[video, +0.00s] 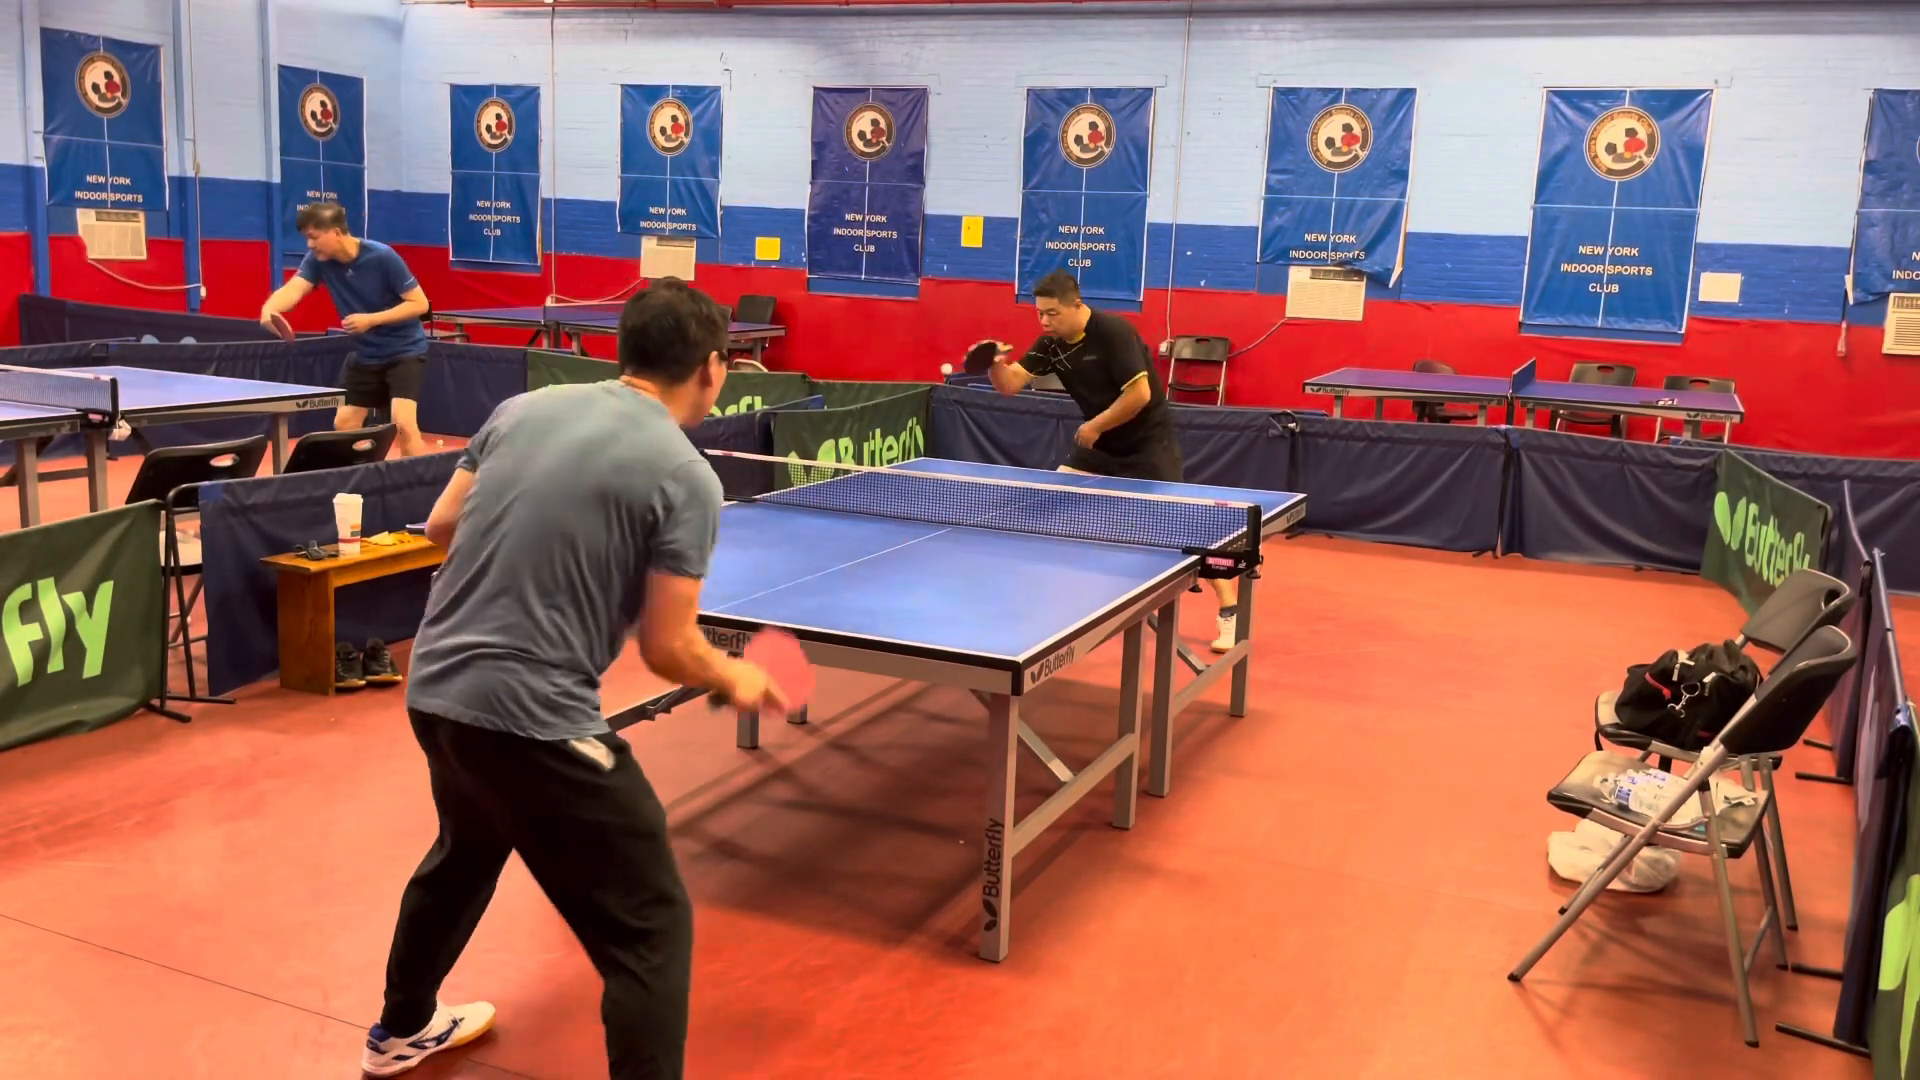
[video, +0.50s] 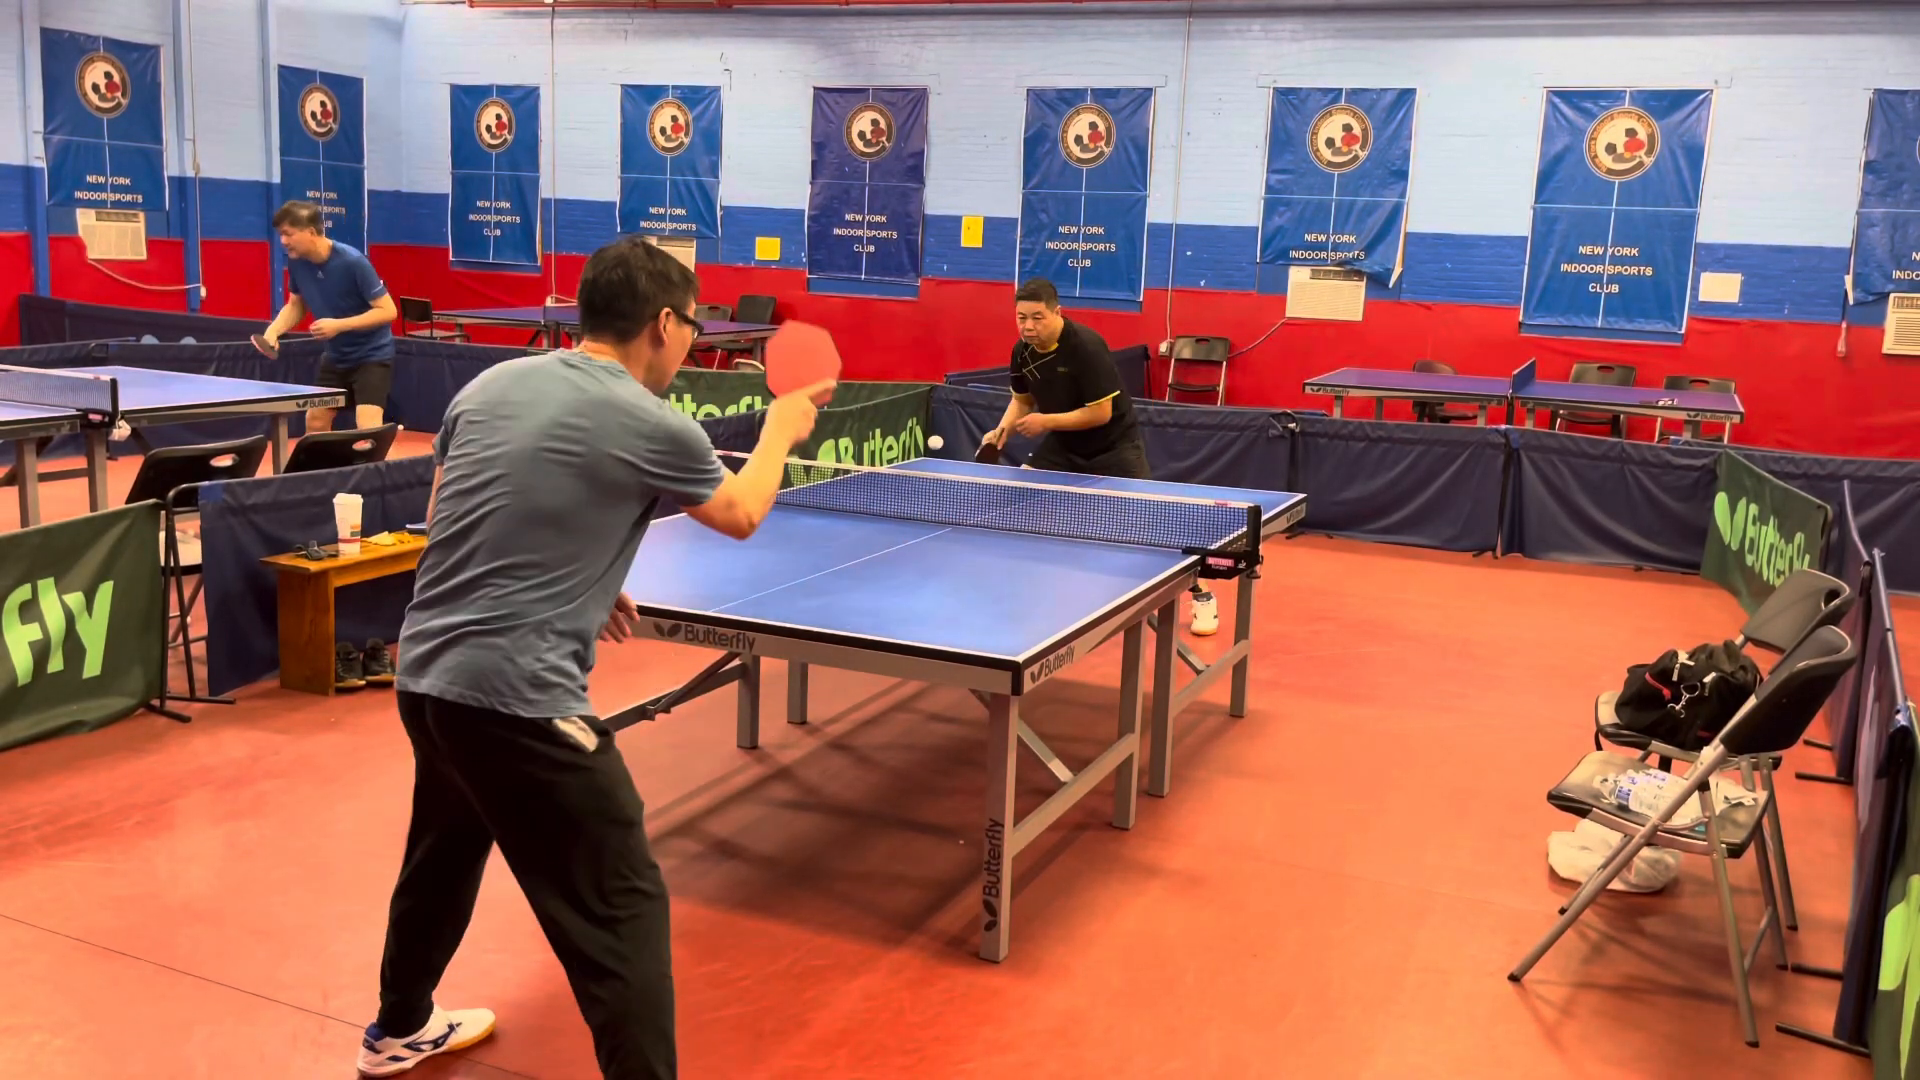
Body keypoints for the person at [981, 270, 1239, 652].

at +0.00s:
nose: (1044, 323)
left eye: (1051, 314)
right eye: (1040, 314)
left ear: (1077, 306)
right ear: (1040, 311)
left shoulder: (1113, 331)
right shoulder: (1051, 342)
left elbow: (1139, 393)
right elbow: (1010, 384)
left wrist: (1096, 426)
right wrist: (997, 365)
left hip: (1148, 443)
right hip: (1100, 443)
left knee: (1178, 521)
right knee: (1048, 504)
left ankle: (1228, 606)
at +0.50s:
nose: (1028, 326)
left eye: (1036, 317)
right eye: (1021, 318)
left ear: (1057, 313)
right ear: (1016, 317)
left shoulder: (1087, 348)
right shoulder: (1023, 351)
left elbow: (1102, 412)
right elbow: (1022, 399)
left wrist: (1046, 421)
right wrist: (1002, 429)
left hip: (1114, 447)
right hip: (1062, 446)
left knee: (1150, 515)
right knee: (1010, 497)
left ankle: (1199, 593)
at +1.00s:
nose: (1097, 325)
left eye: (1105, 315)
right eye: (1091, 317)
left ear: (1126, 307)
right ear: (1086, 315)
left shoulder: (1167, 339)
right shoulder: (1088, 348)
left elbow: (1193, 399)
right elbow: (1069, 414)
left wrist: (1138, 422)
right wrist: (1081, 383)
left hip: (1163, 452)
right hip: (1105, 450)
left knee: (1197, 519)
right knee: (1049, 500)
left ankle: (1230, 605)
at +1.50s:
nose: (1069, 324)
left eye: (1076, 315)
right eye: (1063, 315)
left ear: (1100, 308)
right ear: (1059, 313)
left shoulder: (1121, 346)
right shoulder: (1092, 339)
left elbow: (1121, 420)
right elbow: (1096, 389)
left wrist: (1070, 418)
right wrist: (1062, 412)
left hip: (1149, 453)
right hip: (1111, 447)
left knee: (1178, 528)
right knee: (1063, 502)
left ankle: (1234, 605)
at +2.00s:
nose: (1139, 310)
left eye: (1148, 302)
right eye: (1134, 301)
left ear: (1170, 299)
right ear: (1127, 298)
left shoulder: (1195, 341)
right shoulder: (1120, 329)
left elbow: (1208, 409)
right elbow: (1096, 385)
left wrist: (1149, 424)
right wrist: (1112, 379)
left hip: (1174, 452)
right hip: (1121, 445)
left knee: (1197, 522)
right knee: (1067, 497)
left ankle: (1231, 609)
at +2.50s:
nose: (1067, 322)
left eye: (1074, 314)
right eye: (1063, 314)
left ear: (1100, 306)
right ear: (1064, 310)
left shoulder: (1121, 344)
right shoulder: (1106, 334)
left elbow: (1115, 419)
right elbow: (1108, 383)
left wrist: (1076, 421)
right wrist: (1071, 401)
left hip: (1157, 452)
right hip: (1119, 446)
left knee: (1191, 532)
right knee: (1069, 506)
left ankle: (1248, 612)